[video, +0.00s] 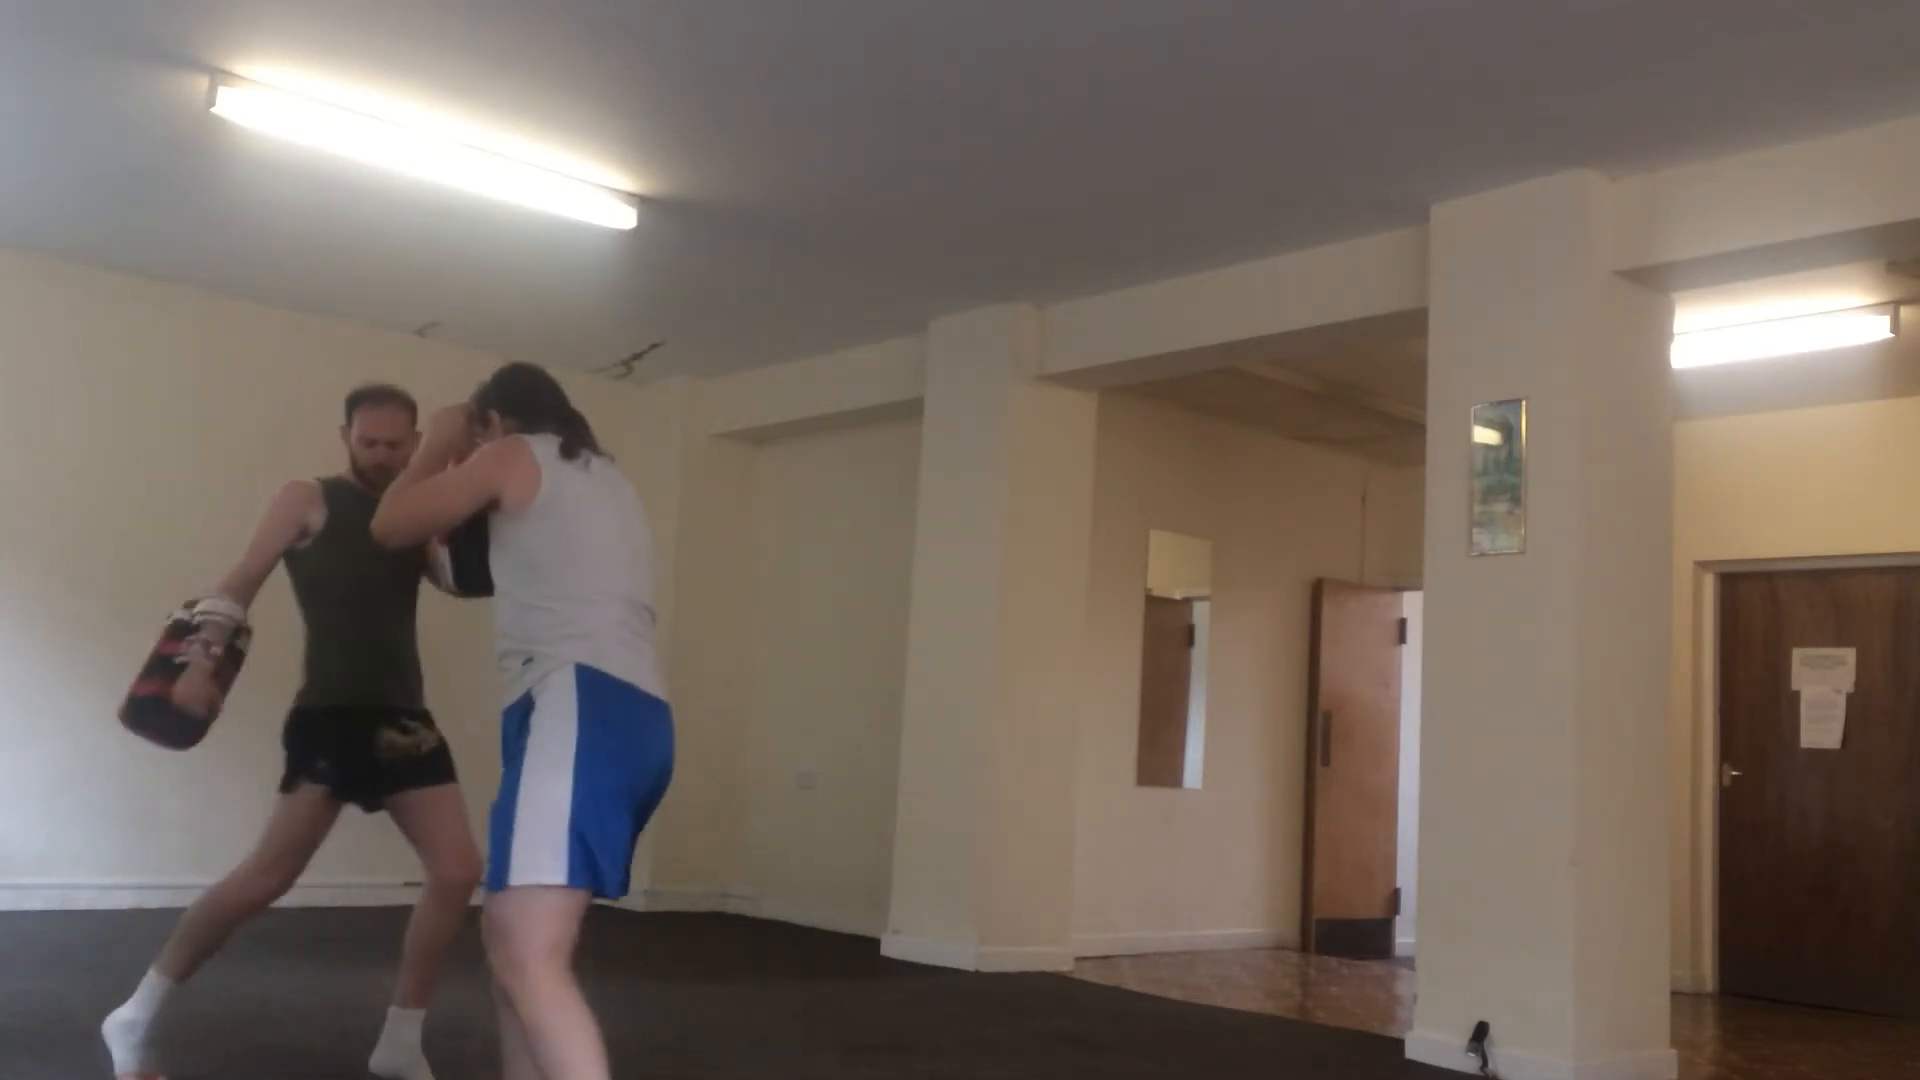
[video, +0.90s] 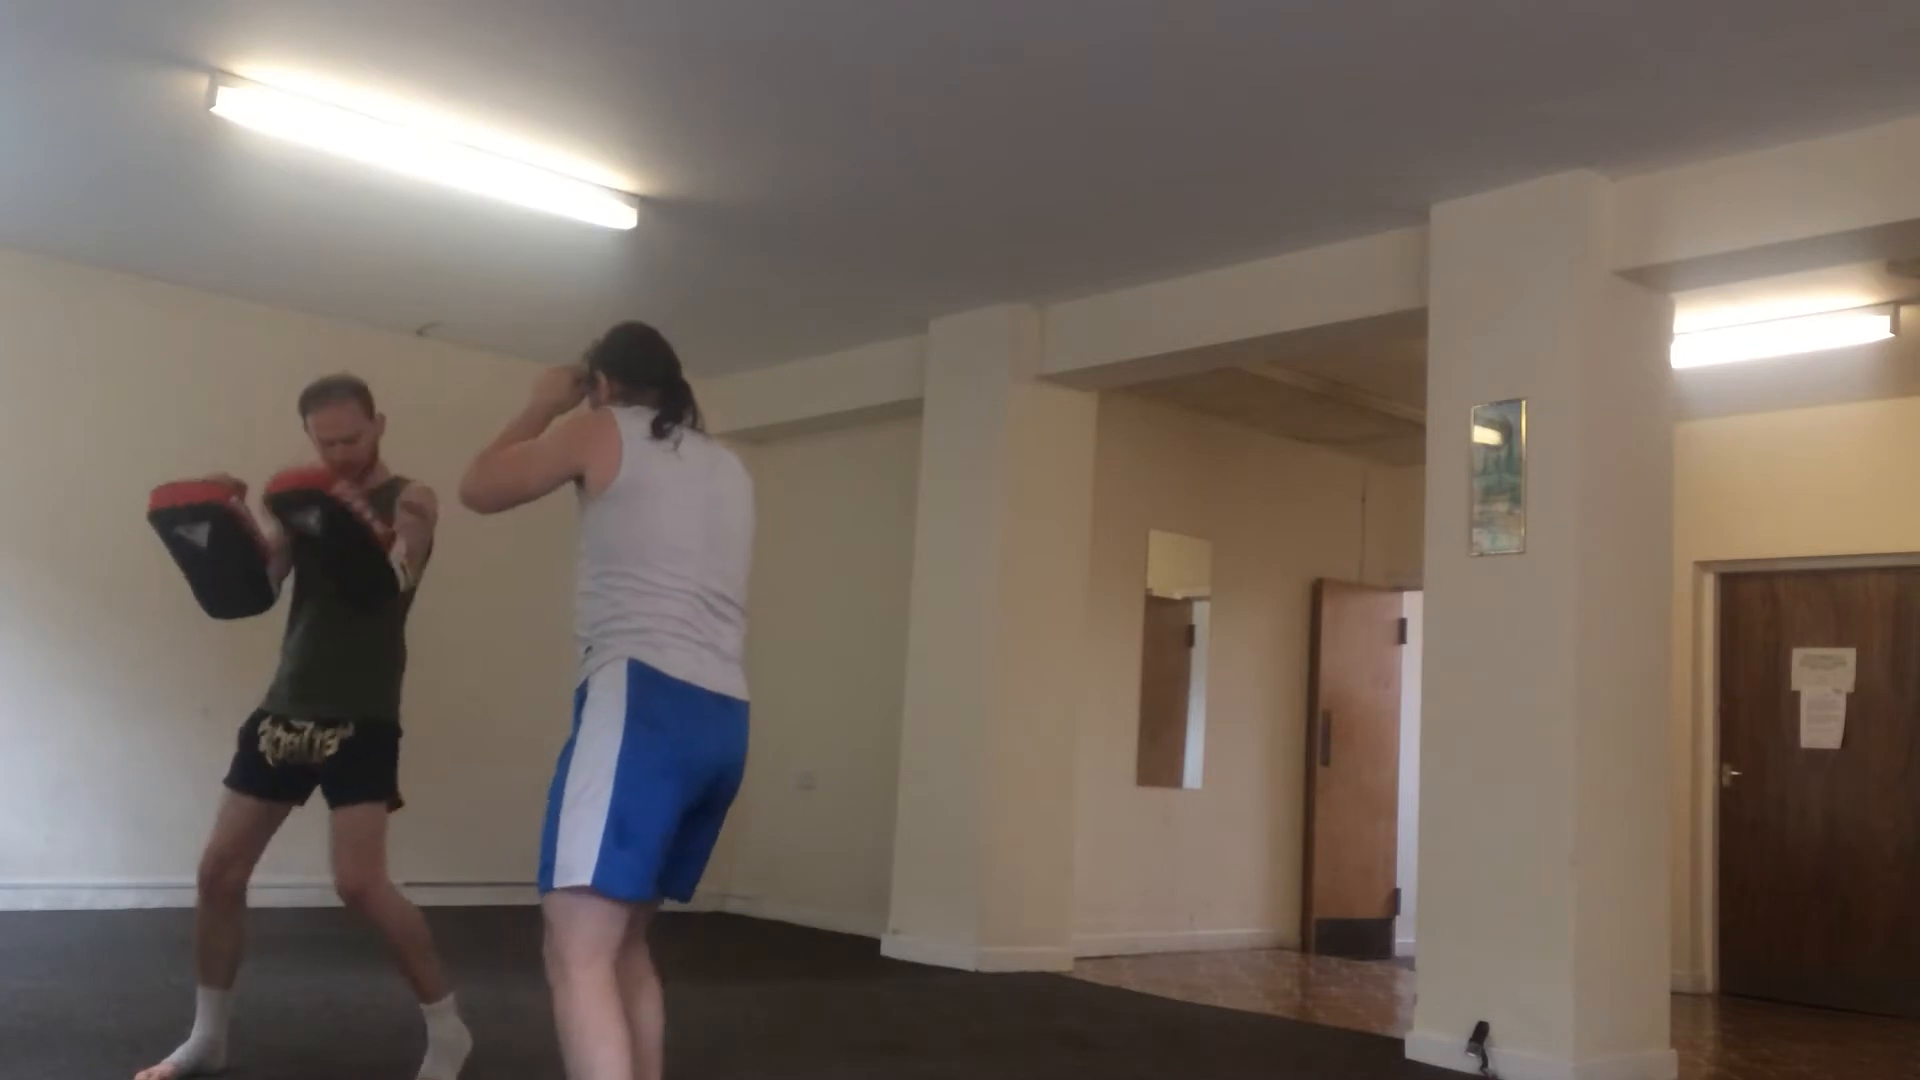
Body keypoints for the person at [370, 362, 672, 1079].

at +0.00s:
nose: (482, 442)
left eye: (480, 432)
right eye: (481, 434)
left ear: (496, 420)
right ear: (560, 416)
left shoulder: (517, 455)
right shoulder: (610, 485)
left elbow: (392, 521)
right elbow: (477, 571)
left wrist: (436, 443)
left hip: (574, 705)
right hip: (632, 715)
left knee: (529, 957)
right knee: (514, 950)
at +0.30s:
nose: (520, 432)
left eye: (519, 420)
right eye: (519, 421)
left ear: (535, 413)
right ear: (600, 411)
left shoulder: (550, 452)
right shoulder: (660, 483)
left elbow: (429, 515)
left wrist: (474, 433)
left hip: (595, 708)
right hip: (667, 727)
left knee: (552, 969)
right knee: (541, 964)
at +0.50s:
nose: (539, 422)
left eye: (539, 411)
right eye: (539, 410)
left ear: (554, 408)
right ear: (623, 408)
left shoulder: (559, 452)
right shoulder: (682, 484)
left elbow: (443, 514)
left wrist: (495, 431)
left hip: (603, 713)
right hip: (682, 732)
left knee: (543, 965)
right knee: (550, 957)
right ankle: (535, 1071)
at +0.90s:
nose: (585, 394)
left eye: (588, 382)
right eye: (586, 381)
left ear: (604, 383)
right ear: (676, 389)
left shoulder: (603, 432)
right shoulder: (730, 467)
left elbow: (480, 486)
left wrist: (538, 407)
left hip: (637, 701)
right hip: (719, 719)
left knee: (578, 951)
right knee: (626, 940)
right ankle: (645, 1072)